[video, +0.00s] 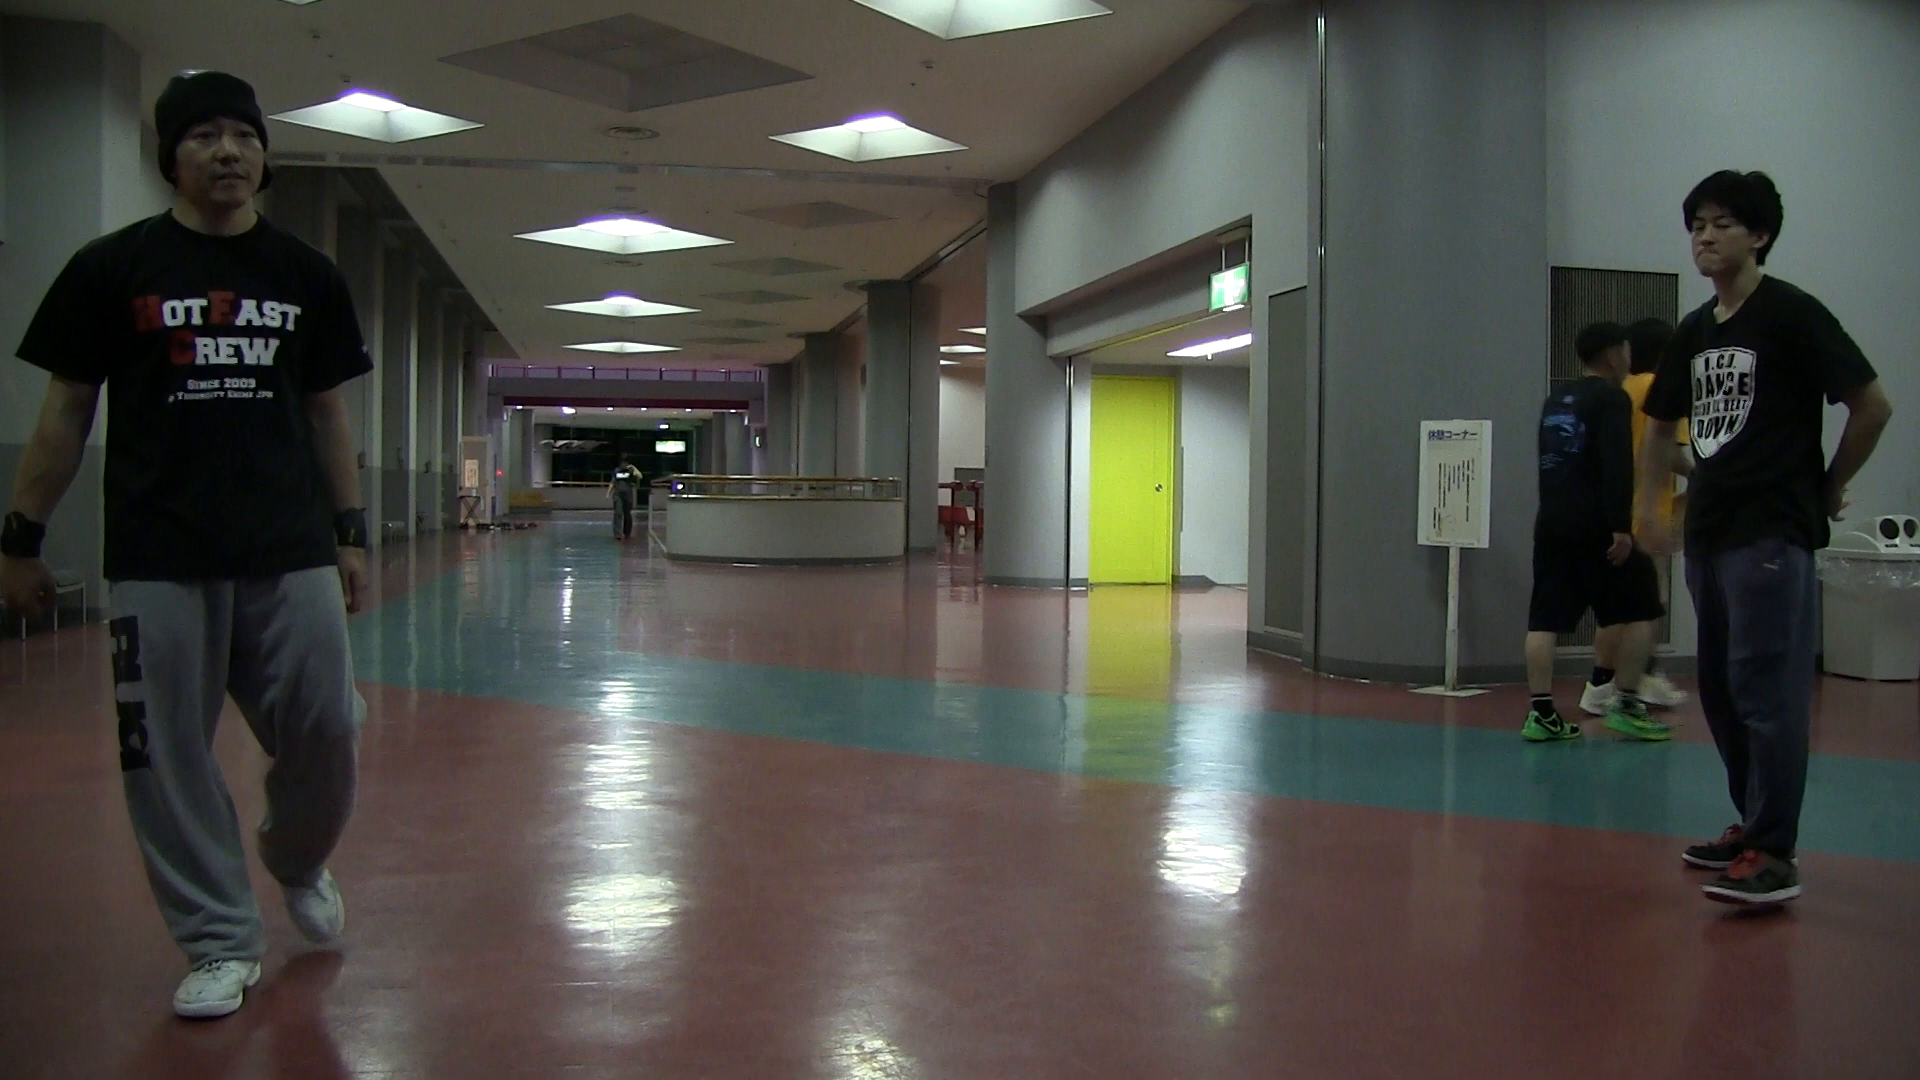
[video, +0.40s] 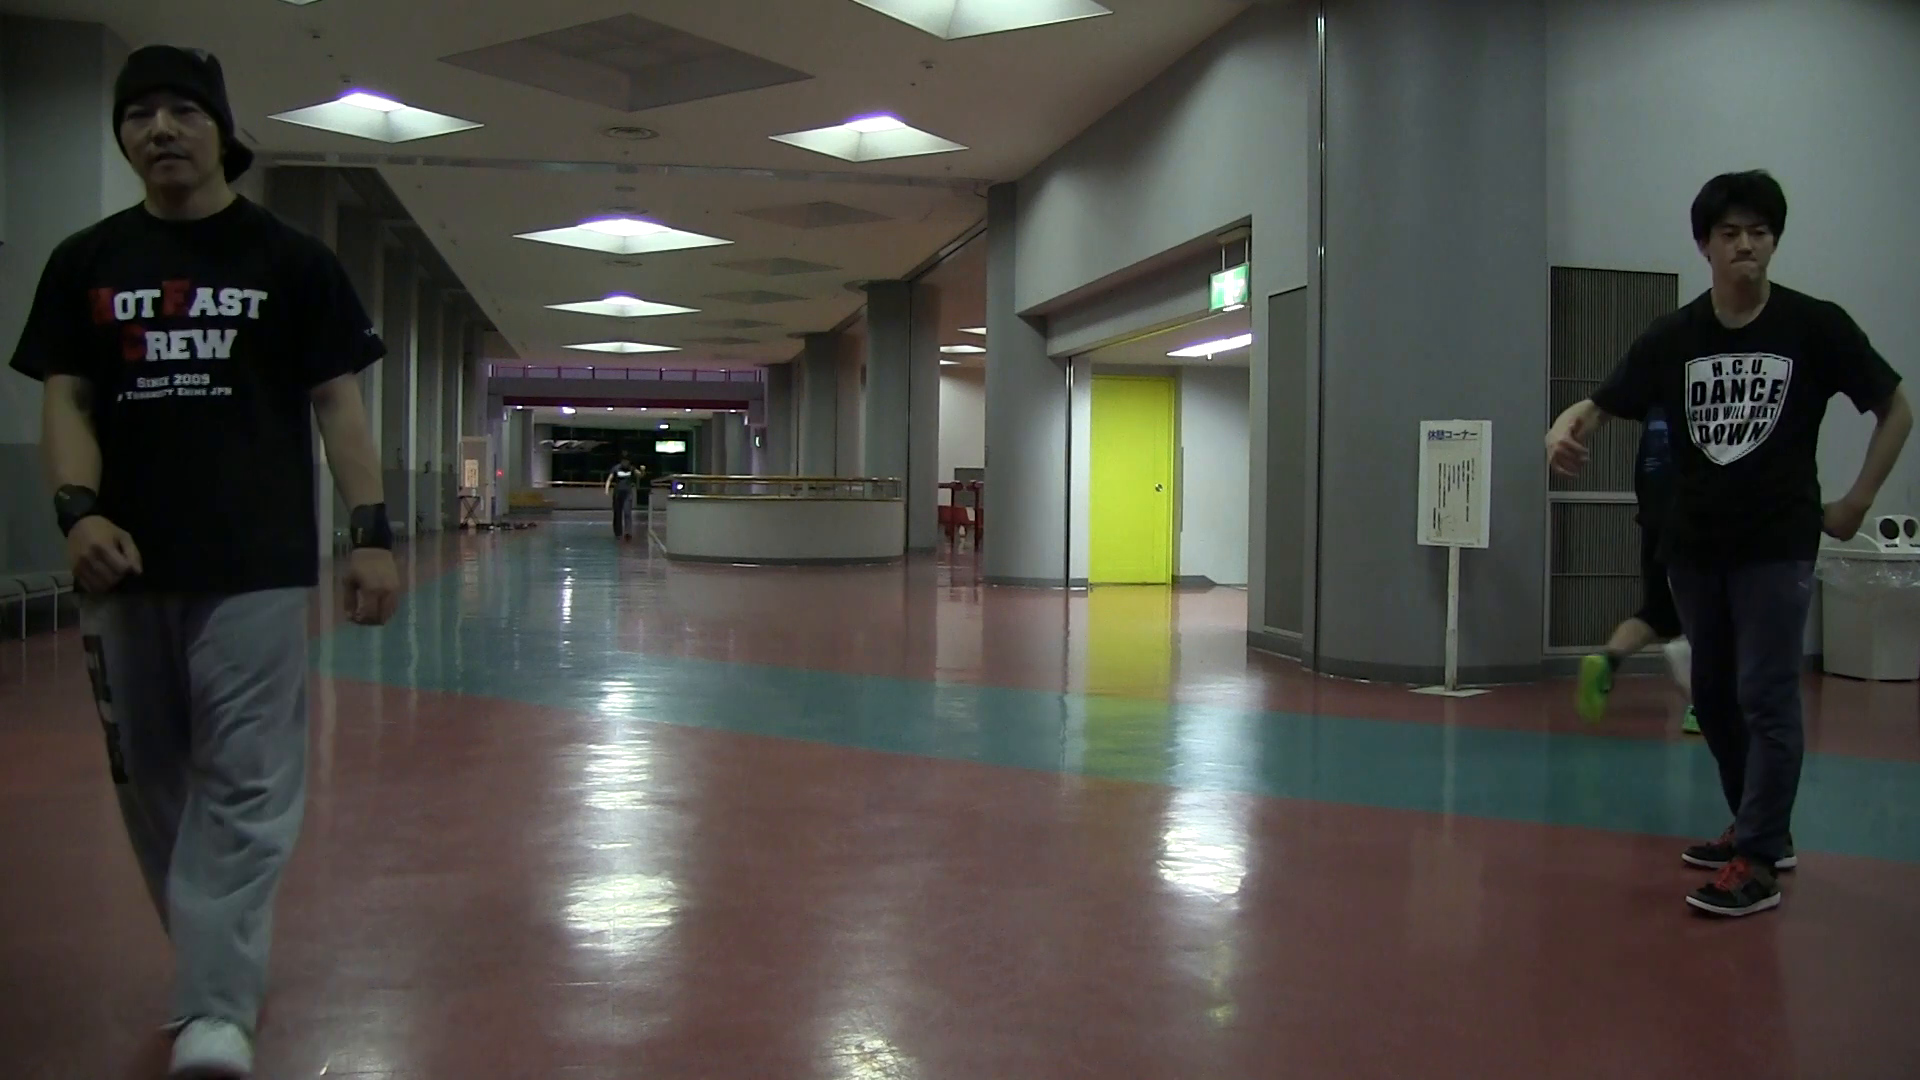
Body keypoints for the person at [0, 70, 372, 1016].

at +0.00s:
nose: (227, 148)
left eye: (241, 134)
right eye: (205, 135)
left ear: (265, 155)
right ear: (170, 156)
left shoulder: (307, 275)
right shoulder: (110, 269)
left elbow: (329, 411)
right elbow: (65, 414)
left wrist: (353, 532)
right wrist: (22, 536)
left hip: (287, 542)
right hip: (159, 551)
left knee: (328, 723)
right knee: (167, 752)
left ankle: (298, 860)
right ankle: (218, 942)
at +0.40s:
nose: (163, 127)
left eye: (183, 110)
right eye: (143, 114)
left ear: (224, 132)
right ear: (121, 142)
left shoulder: (294, 259)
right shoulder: (84, 263)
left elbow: (339, 406)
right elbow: (65, 401)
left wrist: (372, 533)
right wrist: (77, 511)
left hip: (254, 559)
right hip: (128, 564)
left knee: (242, 777)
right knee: (154, 778)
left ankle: (218, 1012)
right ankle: (218, 966)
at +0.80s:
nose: (122, 65)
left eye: (151, 48)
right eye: (107, 47)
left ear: (207, 75)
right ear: (90, 71)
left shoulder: (262, 217)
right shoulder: (51, 209)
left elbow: (280, 385)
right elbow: (13, 373)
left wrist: (246, 545)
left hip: (196, 549)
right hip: (54, 541)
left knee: (216, 803)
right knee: (19, 778)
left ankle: (204, 1030)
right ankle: (122, 931)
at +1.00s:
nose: (65, 51)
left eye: (96, 31)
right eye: (48, 32)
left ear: (152, 56)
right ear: (30, 54)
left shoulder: (218, 196)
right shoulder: (10, 185)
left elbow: (240, 376)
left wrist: (181, 524)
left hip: (174, 550)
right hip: (28, 549)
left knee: (208, 802)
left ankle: (202, 1035)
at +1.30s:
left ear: (10, 65)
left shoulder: (68, 180)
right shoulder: (69, 185)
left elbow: (139, 354)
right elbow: (140, 355)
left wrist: (186, 503)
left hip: (55, 538)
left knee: (122, 788)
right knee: (116, 788)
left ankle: (183, 1031)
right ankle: (179, 1023)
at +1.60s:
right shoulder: (1, 178)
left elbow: (30, 337)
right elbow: (32, 338)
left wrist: (100, 489)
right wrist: (98, 490)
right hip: (1, 555)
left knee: (18, 789)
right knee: (18, 792)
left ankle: (38, 1016)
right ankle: (34, 1016)